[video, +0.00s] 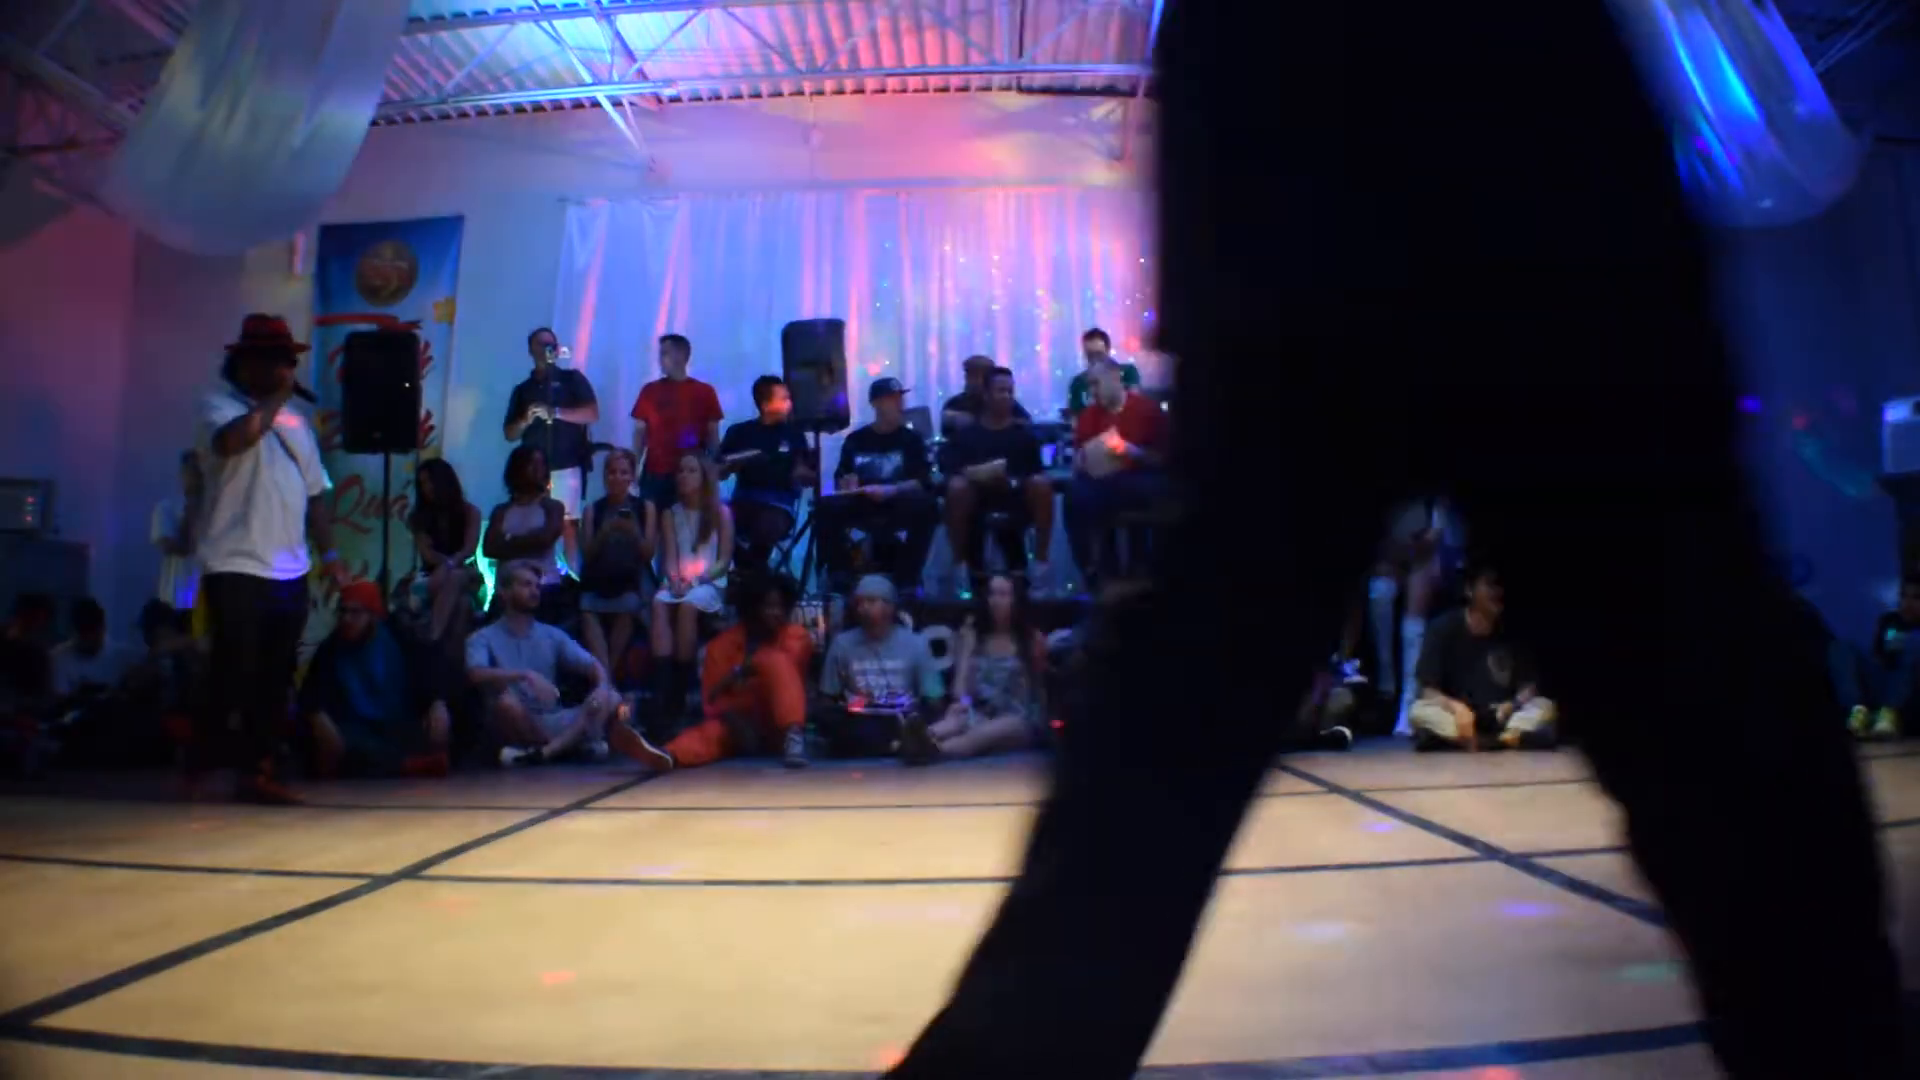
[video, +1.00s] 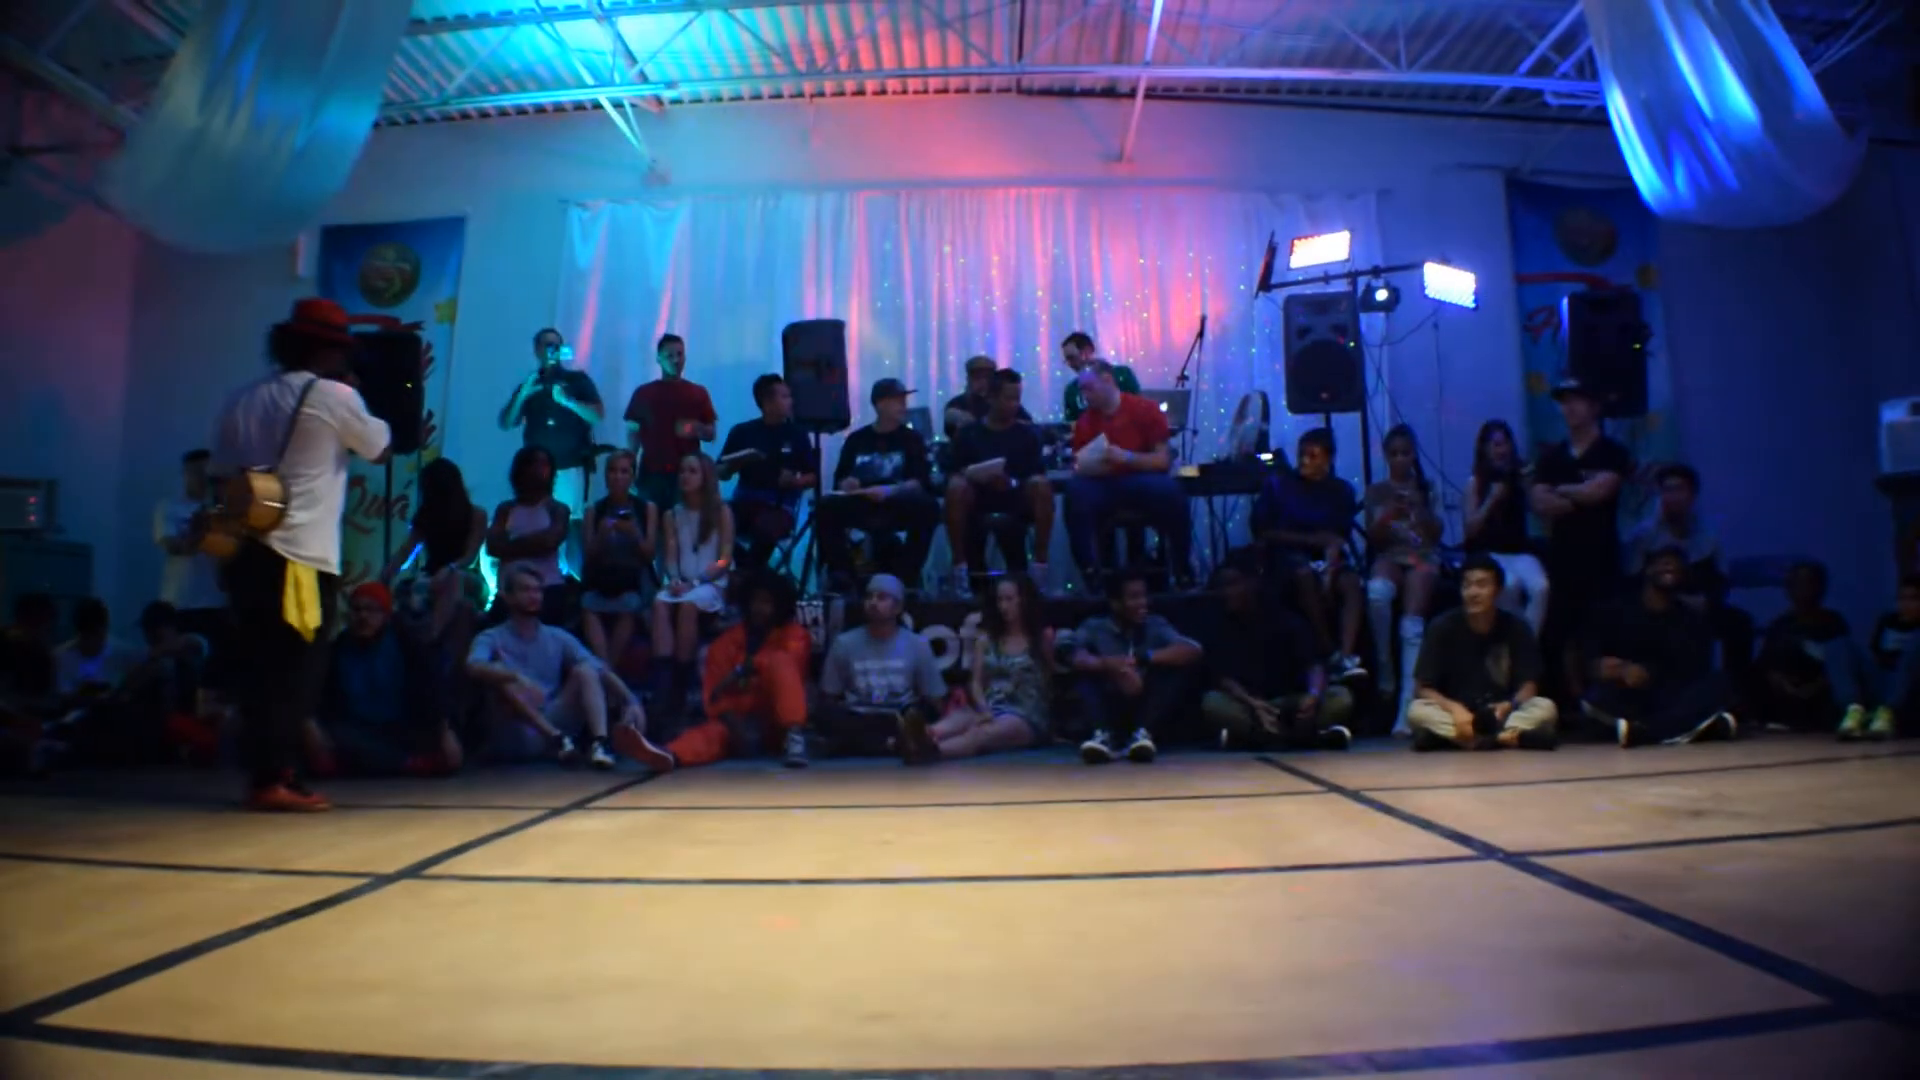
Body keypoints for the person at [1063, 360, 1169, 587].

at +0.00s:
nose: (1093, 391)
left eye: (1098, 383)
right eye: (1090, 385)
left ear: (1118, 380)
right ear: (1088, 387)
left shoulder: (1146, 410)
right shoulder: (1088, 417)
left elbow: (1160, 458)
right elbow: (1079, 461)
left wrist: (1126, 449)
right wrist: (1093, 453)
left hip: (1140, 481)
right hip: (1099, 481)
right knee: (1076, 500)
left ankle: (1141, 571)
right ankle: (1092, 574)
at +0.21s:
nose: (1092, 391)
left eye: (1096, 383)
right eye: (1088, 385)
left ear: (1113, 379)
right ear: (1085, 387)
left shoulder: (1144, 408)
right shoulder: (1088, 418)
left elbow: (1164, 456)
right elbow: (1079, 461)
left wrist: (1120, 446)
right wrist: (1096, 451)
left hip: (1142, 479)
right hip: (1102, 481)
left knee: (1174, 493)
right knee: (1076, 497)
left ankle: (1183, 568)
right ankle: (1090, 573)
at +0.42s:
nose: (1089, 394)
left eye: (1094, 386)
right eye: (1086, 387)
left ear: (1112, 382)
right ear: (1083, 389)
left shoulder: (1143, 409)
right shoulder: (1083, 422)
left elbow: (1163, 456)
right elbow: (1080, 464)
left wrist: (1116, 452)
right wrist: (1096, 454)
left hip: (1142, 480)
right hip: (1101, 482)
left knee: (1173, 495)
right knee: (1075, 497)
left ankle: (1181, 569)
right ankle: (1089, 573)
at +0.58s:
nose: (1087, 395)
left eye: (1092, 388)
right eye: (1083, 389)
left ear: (1110, 383)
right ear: (1081, 390)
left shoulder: (1143, 411)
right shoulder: (1083, 423)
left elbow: (1159, 458)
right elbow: (1078, 465)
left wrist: (1120, 456)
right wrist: (1101, 459)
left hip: (1140, 481)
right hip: (1100, 482)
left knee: (1171, 494)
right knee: (1075, 495)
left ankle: (1179, 567)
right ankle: (1089, 569)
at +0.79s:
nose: (1088, 396)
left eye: (1093, 389)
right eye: (1085, 390)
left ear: (1111, 385)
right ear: (1083, 391)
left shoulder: (1141, 411)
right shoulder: (1083, 423)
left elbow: (1160, 459)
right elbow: (1077, 464)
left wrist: (1123, 457)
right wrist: (1094, 462)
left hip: (1140, 483)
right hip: (1100, 485)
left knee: (1170, 495)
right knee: (1074, 497)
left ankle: (1178, 567)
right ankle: (1089, 571)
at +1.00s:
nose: (1085, 396)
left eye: (1089, 388)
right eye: (1082, 390)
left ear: (1108, 380)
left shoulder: (1145, 409)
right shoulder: (1085, 421)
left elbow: (1162, 459)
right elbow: (1079, 463)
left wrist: (1125, 458)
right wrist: (1098, 464)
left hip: (1141, 480)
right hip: (1101, 481)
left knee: (1173, 496)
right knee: (1076, 496)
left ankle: (1181, 569)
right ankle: (1089, 571)